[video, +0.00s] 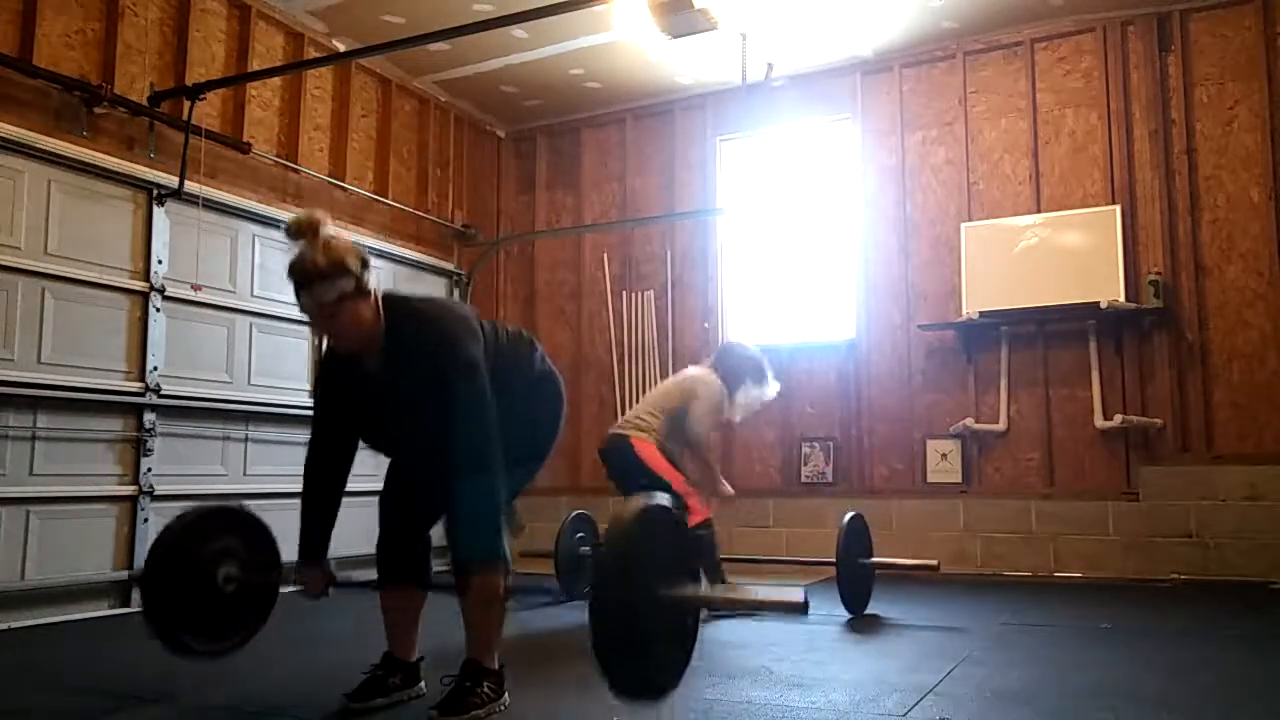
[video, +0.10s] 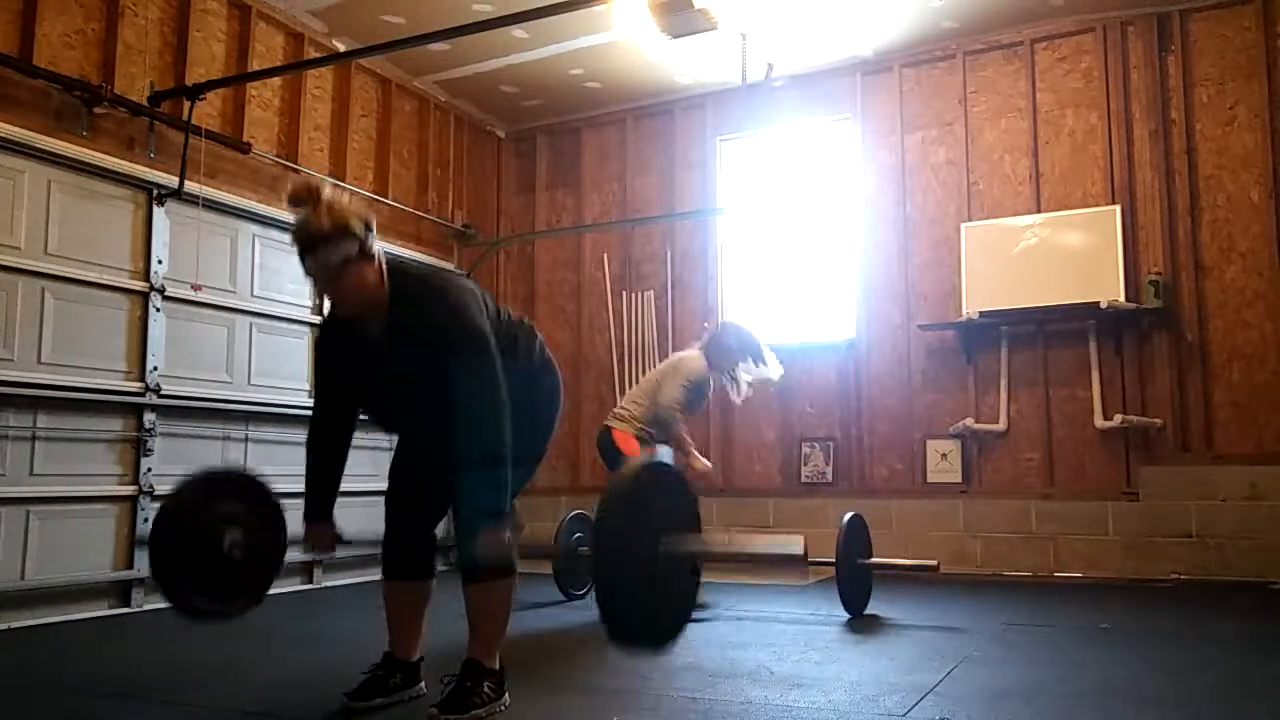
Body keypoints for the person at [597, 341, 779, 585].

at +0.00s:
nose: (755, 407)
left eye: (759, 402)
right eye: (755, 398)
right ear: (739, 381)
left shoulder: (696, 378)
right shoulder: (709, 384)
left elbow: (670, 444)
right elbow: (698, 433)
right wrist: (716, 480)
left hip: (619, 442)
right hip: (634, 442)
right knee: (694, 507)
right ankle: (717, 584)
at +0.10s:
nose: (737, 365)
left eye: (741, 359)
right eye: (738, 357)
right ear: (725, 349)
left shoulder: (700, 369)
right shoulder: (693, 363)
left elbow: (668, 413)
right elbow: (666, 407)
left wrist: (686, 453)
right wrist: (692, 455)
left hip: (641, 437)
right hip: (623, 434)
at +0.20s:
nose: (729, 362)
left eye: (733, 356)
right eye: (728, 355)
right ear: (714, 344)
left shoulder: (701, 359)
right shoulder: (679, 362)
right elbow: (644, 404)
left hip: (638, 428)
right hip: (614, 427)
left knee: (640, 501)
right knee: (631, 502)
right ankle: (629, 583)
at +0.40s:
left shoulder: (699, 412)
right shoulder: (657, 415)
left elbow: (706, 466)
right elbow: (654, 468)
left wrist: (714, 518)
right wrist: (674, 511)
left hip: (625, 455)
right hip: (596, 445)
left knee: (651, 524)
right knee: (598, 525)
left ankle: (608, 582)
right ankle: (541, 592)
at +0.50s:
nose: (740, 453)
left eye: (744, 447)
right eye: (740, 445)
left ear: (741, 439)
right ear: (730, 433)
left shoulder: (713, 447)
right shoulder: (681, 434)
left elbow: (726, 506)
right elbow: (674, 503)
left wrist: (746, 561)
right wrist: (694, 558)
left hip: (627, 446)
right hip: (593, 432)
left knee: (633, 518)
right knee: (580, 513)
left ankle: (597, 579)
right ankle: (533, 589)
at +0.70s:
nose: (762, 530)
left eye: (767, 526)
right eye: (763, 523)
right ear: (752, 511)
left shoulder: (737, 510)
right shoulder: (701, 510)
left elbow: (739, 559)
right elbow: (665, 563)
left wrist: (744, 609)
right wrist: (679, 622)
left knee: (657, 496)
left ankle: (621, 486)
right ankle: (616, 489)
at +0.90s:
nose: (775, 579)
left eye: (781, 573)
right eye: (776, 571)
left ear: (779, 566)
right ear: (762, 558)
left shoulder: (743, 558)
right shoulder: (718, 569)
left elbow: (742, 577)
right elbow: (657, 573)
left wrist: (745, 609)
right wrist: (677, 620)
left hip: (641, 594)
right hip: (623, 591)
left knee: (574, 598)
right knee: (555, 603)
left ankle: (543, 583)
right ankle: (523, 583)